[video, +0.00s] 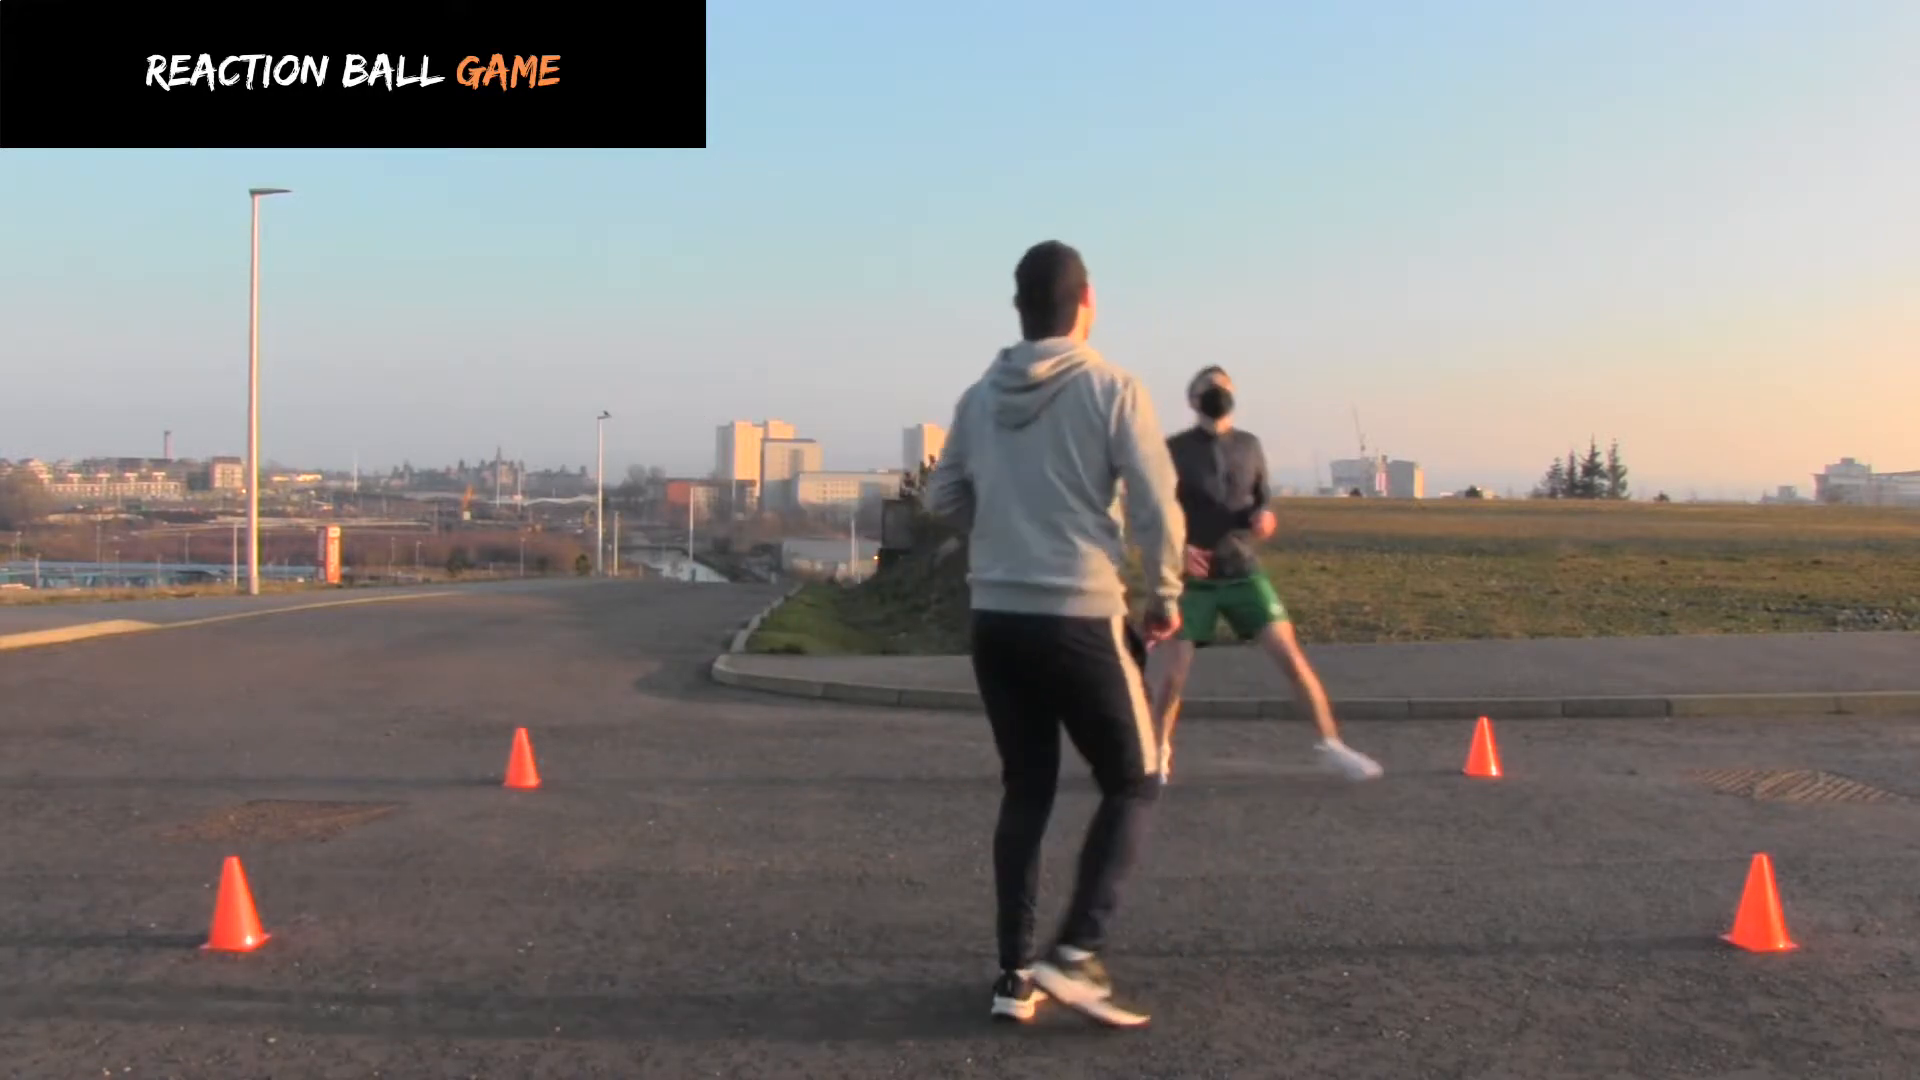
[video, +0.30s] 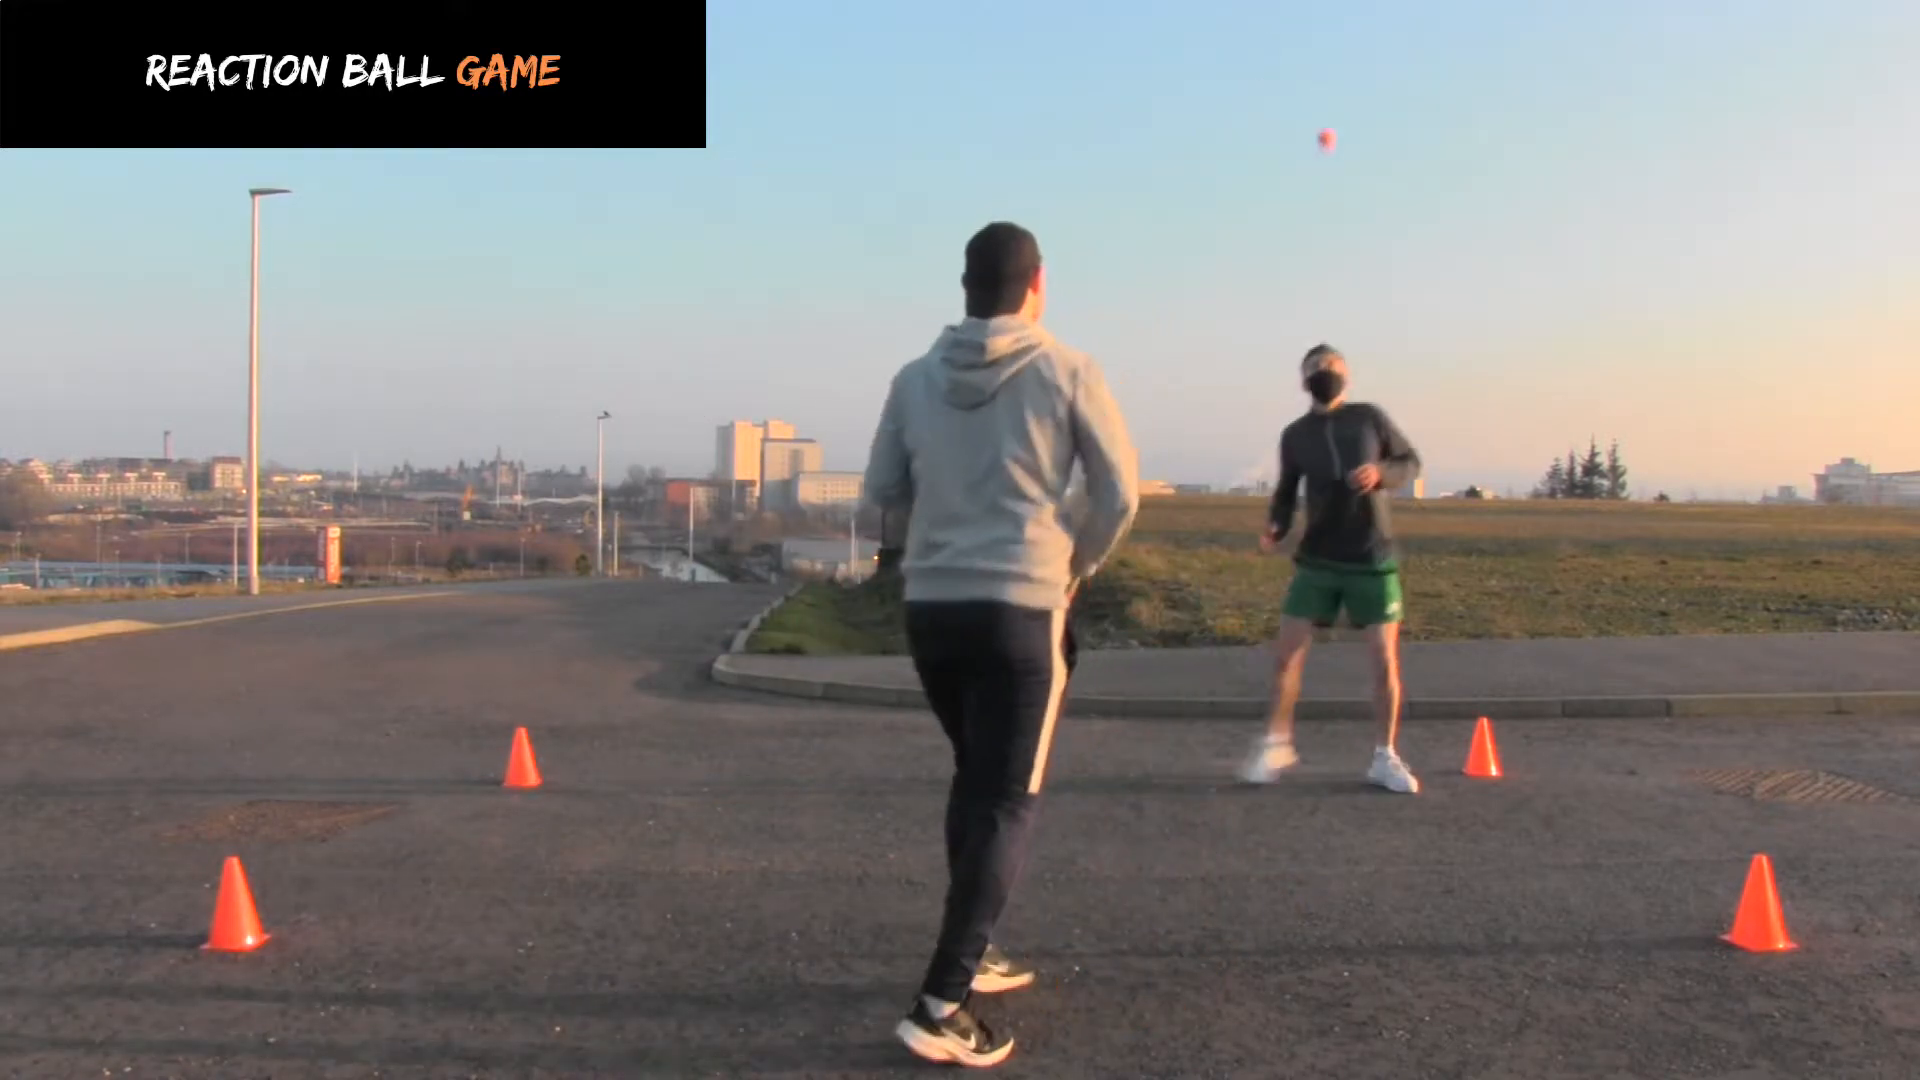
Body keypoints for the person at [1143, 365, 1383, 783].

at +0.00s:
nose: (1217, 397)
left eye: (1223, 389)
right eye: (1209, 390)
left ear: (1232, 397)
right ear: (1194, 399)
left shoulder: (1249, 447)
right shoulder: (1172, 450)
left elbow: (1261, 498)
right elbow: (1152, 507)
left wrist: (1263, 516)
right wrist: (1175, 547)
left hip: (1244, 573)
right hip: (1192, 577)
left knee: (1292, 657)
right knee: (1173, 675)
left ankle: (1330, 741)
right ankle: (1160, 757)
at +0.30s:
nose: (1327, 377)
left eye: (1333, 369)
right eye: (1317, 371)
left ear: (1347, 376)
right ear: (1305, 381)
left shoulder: (1370, 418)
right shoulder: (1296, 435)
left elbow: (1411, 463)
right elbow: (1287, 489)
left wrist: (1382, 473)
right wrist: (1278, 524)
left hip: (1373, 560)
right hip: (1317, 560)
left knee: (1385, 659)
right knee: (1289, 652)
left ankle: (1386, 754)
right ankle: (1278, 743)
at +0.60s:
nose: (1415, 409)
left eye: (1423, 400)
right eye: (1410, 401)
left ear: (1448, 396)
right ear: (1406, 402)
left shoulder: (1474, 443)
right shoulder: (1412, 449)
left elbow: (1514, 497)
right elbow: (1411, 513)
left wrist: (1473, 497)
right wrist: (1383, 547)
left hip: (1477, 580)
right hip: (1427, 582)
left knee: (1508, 677)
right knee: (1400, 678)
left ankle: (1578, 756)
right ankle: (1429, 760)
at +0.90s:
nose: (1463, 426)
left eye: (1468, 416)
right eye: (1457, 418)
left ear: (1494, 403)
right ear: (1455, 413)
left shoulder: (1531, 439)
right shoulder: (1487, 451)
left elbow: (1581, 489)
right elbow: (1513, 519)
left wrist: (1534, 534)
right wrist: (1485, 558)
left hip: (1559, 575)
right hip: (1515, 577)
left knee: (1558, 679)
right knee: (1478, 664)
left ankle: (1617, 766)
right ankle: (1538, 733)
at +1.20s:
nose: (1512, 465)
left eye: (1519, 456)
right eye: (1506, 457)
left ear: (1546, 450)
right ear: (1502, 456)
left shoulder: (1574, 492)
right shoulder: (1506, 499)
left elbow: (1618, 552)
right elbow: (1504, 565)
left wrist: (1563, 551)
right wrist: (1518, 559)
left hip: (1581, 614)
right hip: (1538, 617)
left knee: (1538, 689)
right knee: (1509, 713)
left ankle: (1574, 806)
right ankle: (1577, 753)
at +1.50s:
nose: (1526, 431)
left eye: (1536, 422)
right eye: (1521, 421)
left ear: (1563, 417)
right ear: (1516, 418)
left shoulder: (1588, 466)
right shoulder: (1519, 470)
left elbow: (1617, 533)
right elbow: (1525, 524)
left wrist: (1545, 537)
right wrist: (1512, 535)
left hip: (1595, 598)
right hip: (1549, 598)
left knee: (1538, 687)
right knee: (1550, 694)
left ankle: (1577, 804)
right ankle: (1568, 751)